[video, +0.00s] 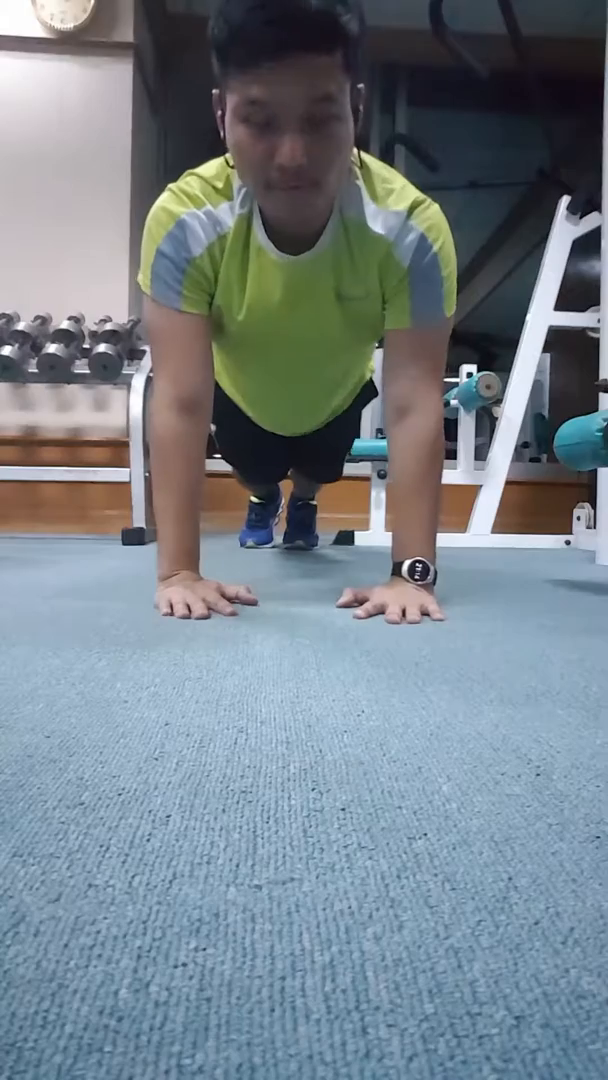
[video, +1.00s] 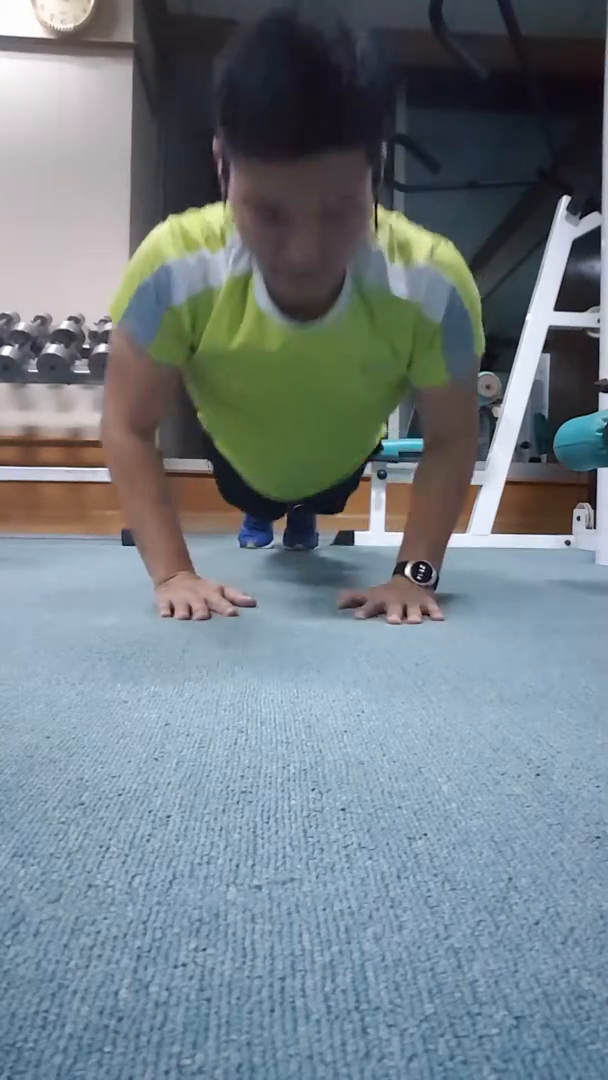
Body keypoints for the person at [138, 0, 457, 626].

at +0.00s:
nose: (292, 153)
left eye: (320, 119)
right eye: (261, 121)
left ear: (355, 111)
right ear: (222, 117)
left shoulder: (410, 231)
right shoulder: (185, 221)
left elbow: (416, 405)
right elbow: (179, 403)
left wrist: (413, 573)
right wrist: (179, 572)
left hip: (335, 397)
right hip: (240, 394)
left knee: (313, 469)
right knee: (255, 469)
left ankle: (300, 502)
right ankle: (264, 498)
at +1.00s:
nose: (306, 248)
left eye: (337, 212)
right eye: (271, 215)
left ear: (376, 171)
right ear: (222, 169)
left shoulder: (428, 275)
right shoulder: (175, 260)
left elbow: (451, 436)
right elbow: (125, 427)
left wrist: (415, 574)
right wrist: (173, 574)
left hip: (339, 463)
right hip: (240, 458)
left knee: (314, 499)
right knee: (256, 498)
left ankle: (301, 519)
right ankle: (260, 518)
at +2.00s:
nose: (317, 261)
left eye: (350, 224)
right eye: (281, 228)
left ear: (387, 192)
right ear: (227, 192)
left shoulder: (433, 288)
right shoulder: (174, 288)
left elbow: (471, 442)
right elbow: (117, 436)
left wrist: (418, 576)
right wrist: (175, 575)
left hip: (342, 484)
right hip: (236, 491)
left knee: (324, 515)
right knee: (251, 525)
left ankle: (313, 531)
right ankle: (268, 533)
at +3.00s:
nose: (303, 518)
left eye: (343, 473)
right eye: (265, 472)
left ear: (384, 453)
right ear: (217, 447)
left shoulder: (436, 466)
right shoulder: (169, 457)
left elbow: (503, 458)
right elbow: (95, 440)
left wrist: (423, 575)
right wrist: (166, 577)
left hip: (364, 570)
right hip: (220, 566)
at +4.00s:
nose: (324, 107)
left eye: (354, 76)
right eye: (296, 79)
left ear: (393, 88)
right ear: (265, 93)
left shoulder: (434, 223)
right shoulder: (225, 199)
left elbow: (430, 405)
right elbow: (188, 358)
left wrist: (414, 574)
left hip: (368, 414)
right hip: (278, 402)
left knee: (327, 482)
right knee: (270, 471)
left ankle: (305, 504)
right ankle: (262, 502)